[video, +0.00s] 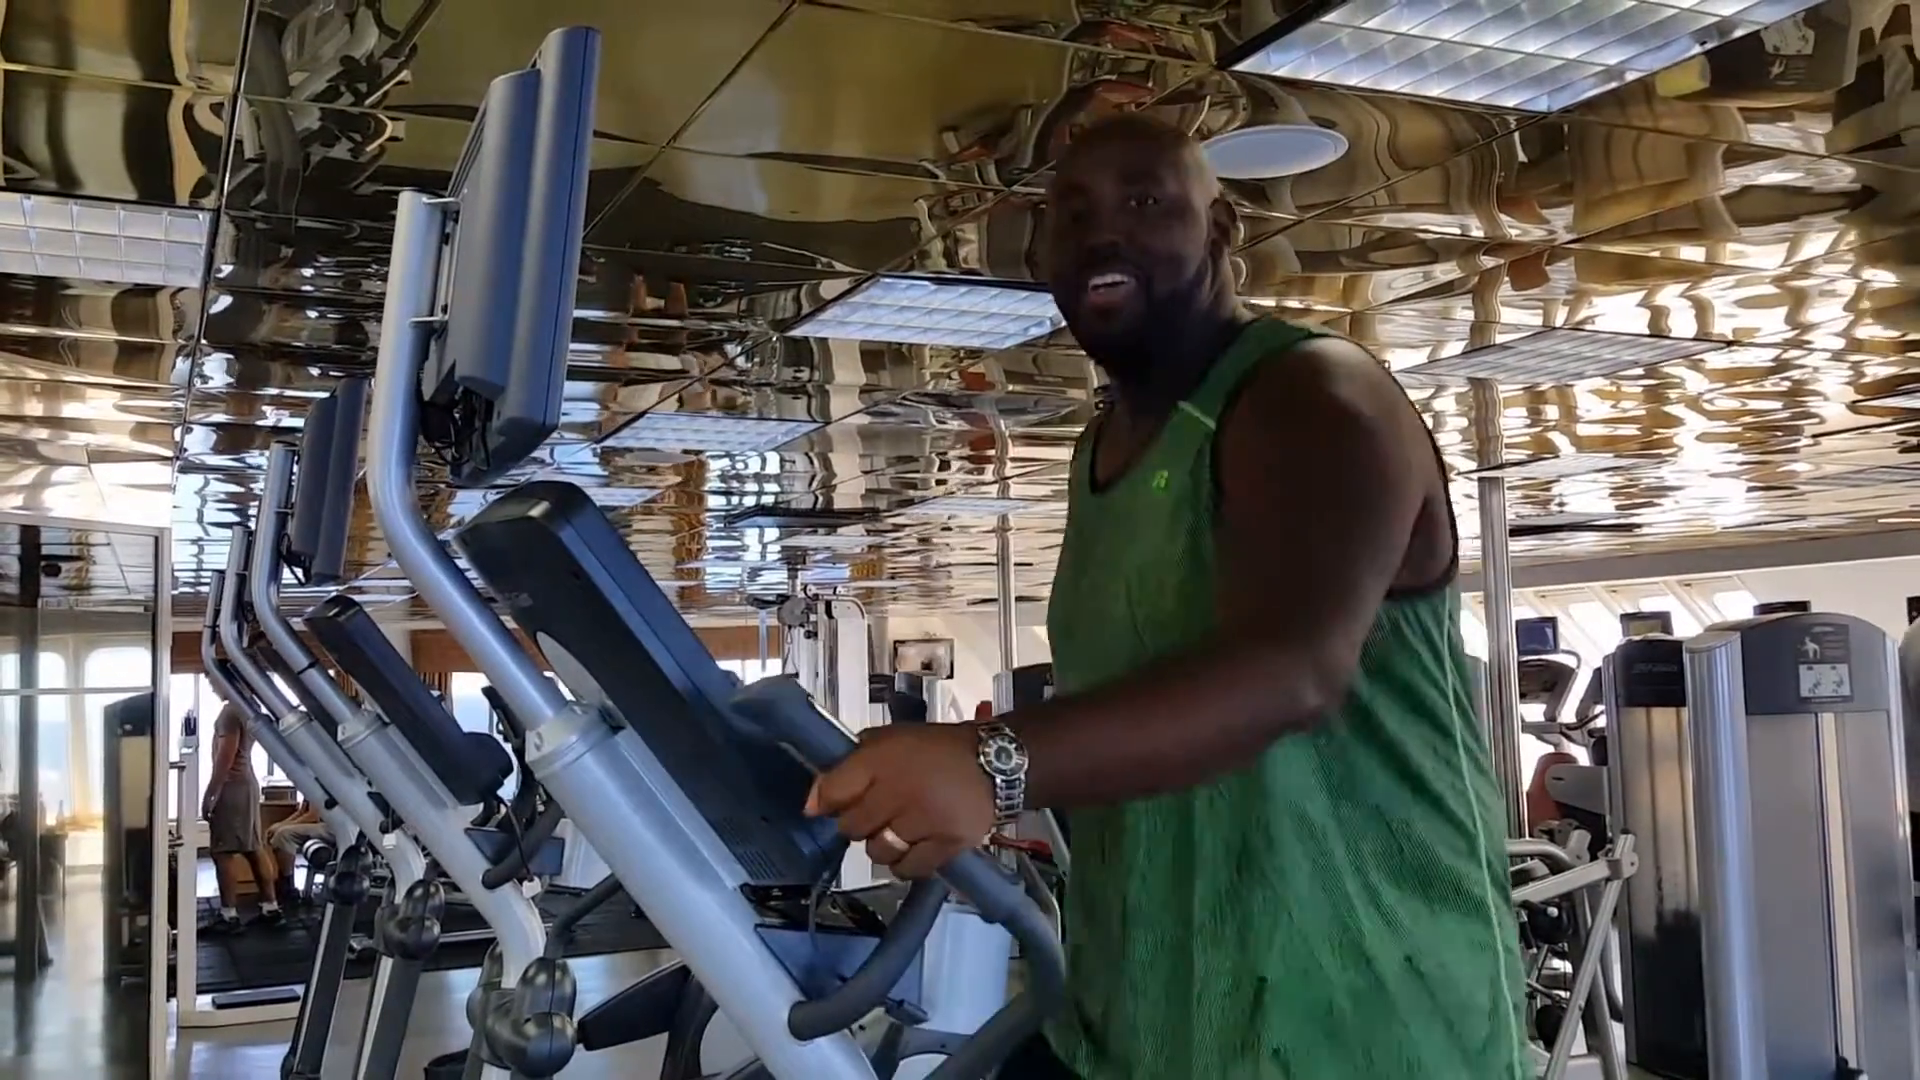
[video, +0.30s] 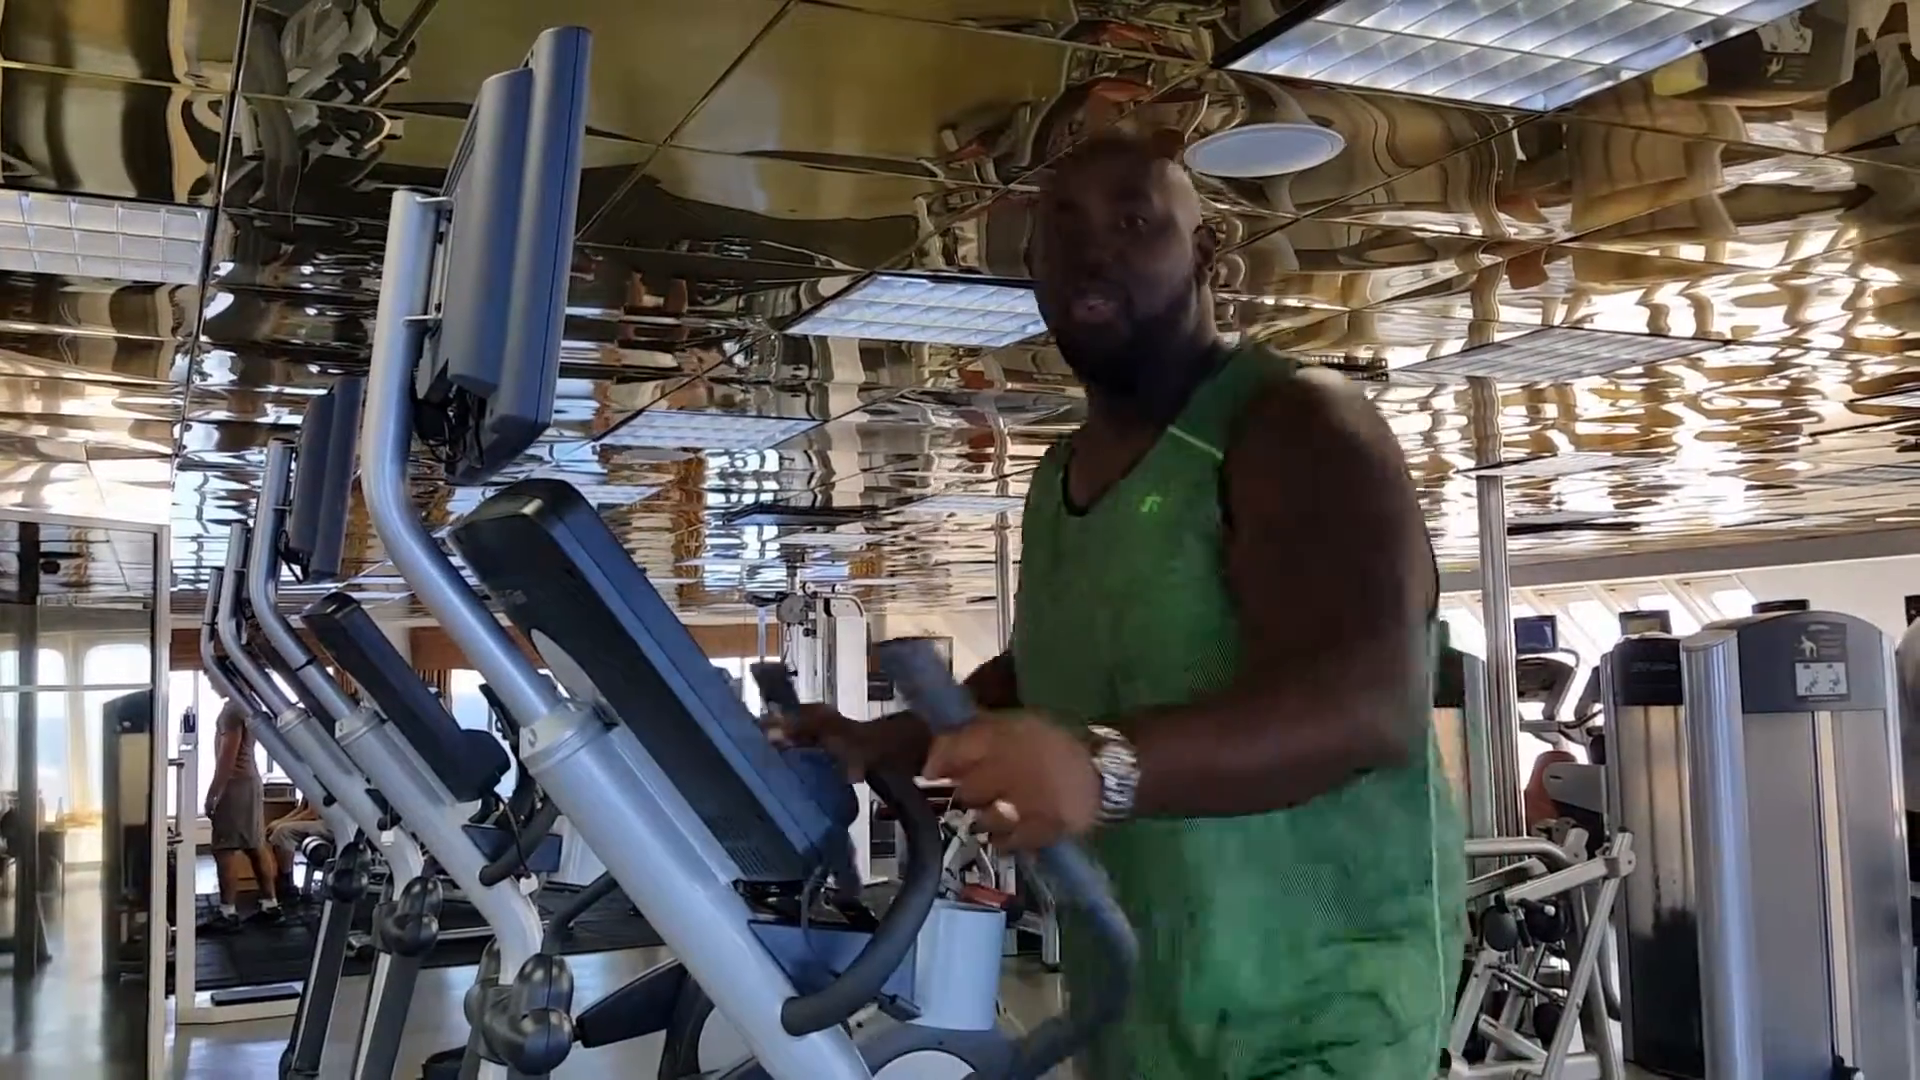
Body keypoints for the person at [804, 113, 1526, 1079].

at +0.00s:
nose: (1099, 221)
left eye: (1145, 198)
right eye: (1069, 200)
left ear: (1223, 239)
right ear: (1038, 252)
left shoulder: (1322, 398)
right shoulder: (1107, 443)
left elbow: (1297, 666)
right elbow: (1151, 698)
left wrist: (999, 766)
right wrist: (994, 755)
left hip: (1348, 1008)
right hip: (1153, 996)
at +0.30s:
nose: (1093, 251)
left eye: (1136, 223)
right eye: (1064, 222)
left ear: (1202, 257)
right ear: (1030, 260)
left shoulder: (1307, 424)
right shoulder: (1064, 474)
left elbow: (1365, 705)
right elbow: (1058, 666)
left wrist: (1107, 767)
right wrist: (888, 744)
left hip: (1319, 1010)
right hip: (1132, 1007)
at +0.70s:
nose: (1109, 201)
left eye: (1153, 170)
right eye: (1076, 175)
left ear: (1222, 204)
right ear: (1046, 210)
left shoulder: (1340, 378)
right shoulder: (1033, 447)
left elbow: (1520, 641)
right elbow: (901, 637)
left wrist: (1330, 816)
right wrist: (710, 731)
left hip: (1346, 991)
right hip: (1136, 990)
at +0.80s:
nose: (1105, 210)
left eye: (1147, 173)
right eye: (1071, 184)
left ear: (1221, 208)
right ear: (1043, 223)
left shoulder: (1340, 389)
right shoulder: (1043, 456)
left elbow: (1523, 655)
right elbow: (943, 642)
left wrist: (1277, 789)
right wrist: (730, 732)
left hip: (1360, 1020)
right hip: (1130, 1018)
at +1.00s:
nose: (1091, 296)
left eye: (1133, 258)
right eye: (1064, 269)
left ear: (1221, 277)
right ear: (1044, 297)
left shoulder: (1336, 463)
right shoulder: (1102, 490)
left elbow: (1389, 751)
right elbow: (1107, 719)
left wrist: (1092, 774)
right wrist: (901, 757)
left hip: (1345, 1037)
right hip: (1134, 1029)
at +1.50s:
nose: (1054, 261)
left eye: (1097, 232)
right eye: (1024, 239)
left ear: (1172, 268)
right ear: (998, 284)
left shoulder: (1282, 433)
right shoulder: (1048, 489)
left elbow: (1389, 704)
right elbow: (1046, 709)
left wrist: (1136, 768)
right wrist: (847, 747)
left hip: (1314, 992)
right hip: (1126, 996)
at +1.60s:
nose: (1071, 279)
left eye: (1110, 246)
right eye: (1041, 257)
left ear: (1187, 281)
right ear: (1016, 302)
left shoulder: (1299, 451)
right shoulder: (1041, 510)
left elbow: (1483, 715)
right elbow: (973, 718)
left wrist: (1253, 803)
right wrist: (761, 741)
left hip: (1317, 988)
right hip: (1122, 999)